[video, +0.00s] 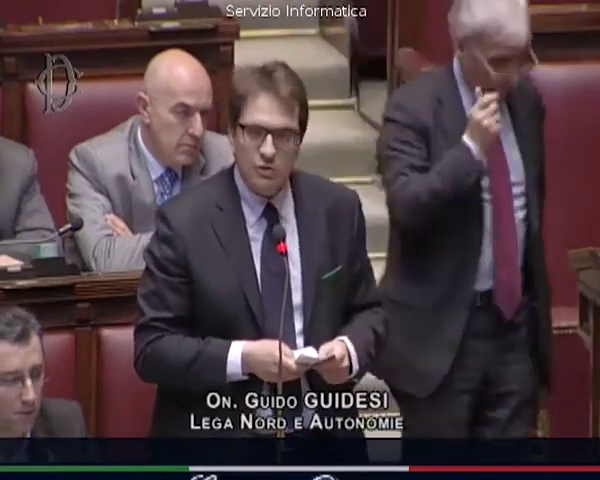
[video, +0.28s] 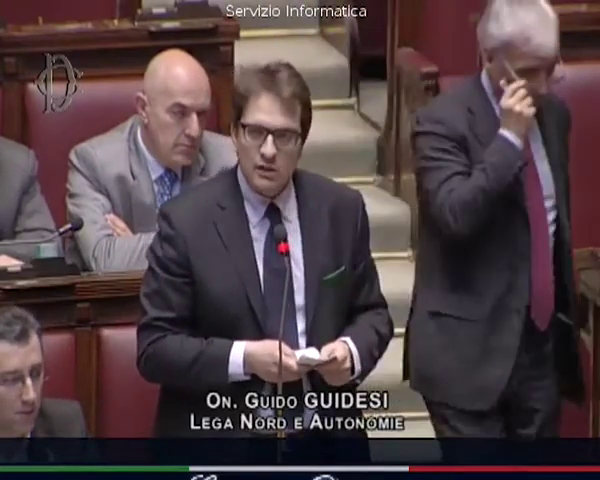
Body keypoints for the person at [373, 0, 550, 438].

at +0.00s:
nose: (513, 76)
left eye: (521, 60)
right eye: (499, 63)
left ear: (529, 49)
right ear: (461, 49)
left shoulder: (526, 101)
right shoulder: (413, 104)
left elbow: (532, 218)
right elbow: (406, 207)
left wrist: (536, 321)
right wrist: (471, 148)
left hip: (514, 319)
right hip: (440, 323)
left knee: (509, 475)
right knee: (439, 477)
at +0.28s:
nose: (540, 86)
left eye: (548, 70)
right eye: (525, 73)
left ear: (556, 57)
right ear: (488, 60)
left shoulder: (554, 114)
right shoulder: (442, 119)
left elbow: (557, 226)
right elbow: (453, 216)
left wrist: (566, 321)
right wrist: (509, 137)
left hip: (540, 339)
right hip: (466, 344)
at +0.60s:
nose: (555, 126)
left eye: (563, 111)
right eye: (542, 112)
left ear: (570, 99)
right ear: (504, 101)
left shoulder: (564, 159)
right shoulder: (457, 164)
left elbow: (571, 265)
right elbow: (480, 258)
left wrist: (583, 354)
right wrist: (527, 174)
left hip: (561, 378)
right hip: (486, 382)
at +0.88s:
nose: (565, 159)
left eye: (571, 147)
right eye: (556, 149)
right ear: (513, 131)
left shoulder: (566, 186)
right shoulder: (460, 189)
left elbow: (576, 293)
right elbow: (484, 282)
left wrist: (585, 382)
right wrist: (536, 198)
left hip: (567, 396)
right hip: (492, 405)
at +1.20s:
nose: (589, 171)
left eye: (592, 158)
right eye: (579, 159)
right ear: (533, 143)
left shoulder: (572, 192)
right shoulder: (475, 205)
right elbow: (473, 319)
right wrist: (558, 275)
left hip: (575, 405)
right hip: (499, 411)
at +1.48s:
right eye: (599, 148)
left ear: (570, 152)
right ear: (569, 153)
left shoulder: (588, 206)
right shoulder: (505, 218)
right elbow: (471, 328)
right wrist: (566, 329)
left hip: (589, 423)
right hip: (526, 430)